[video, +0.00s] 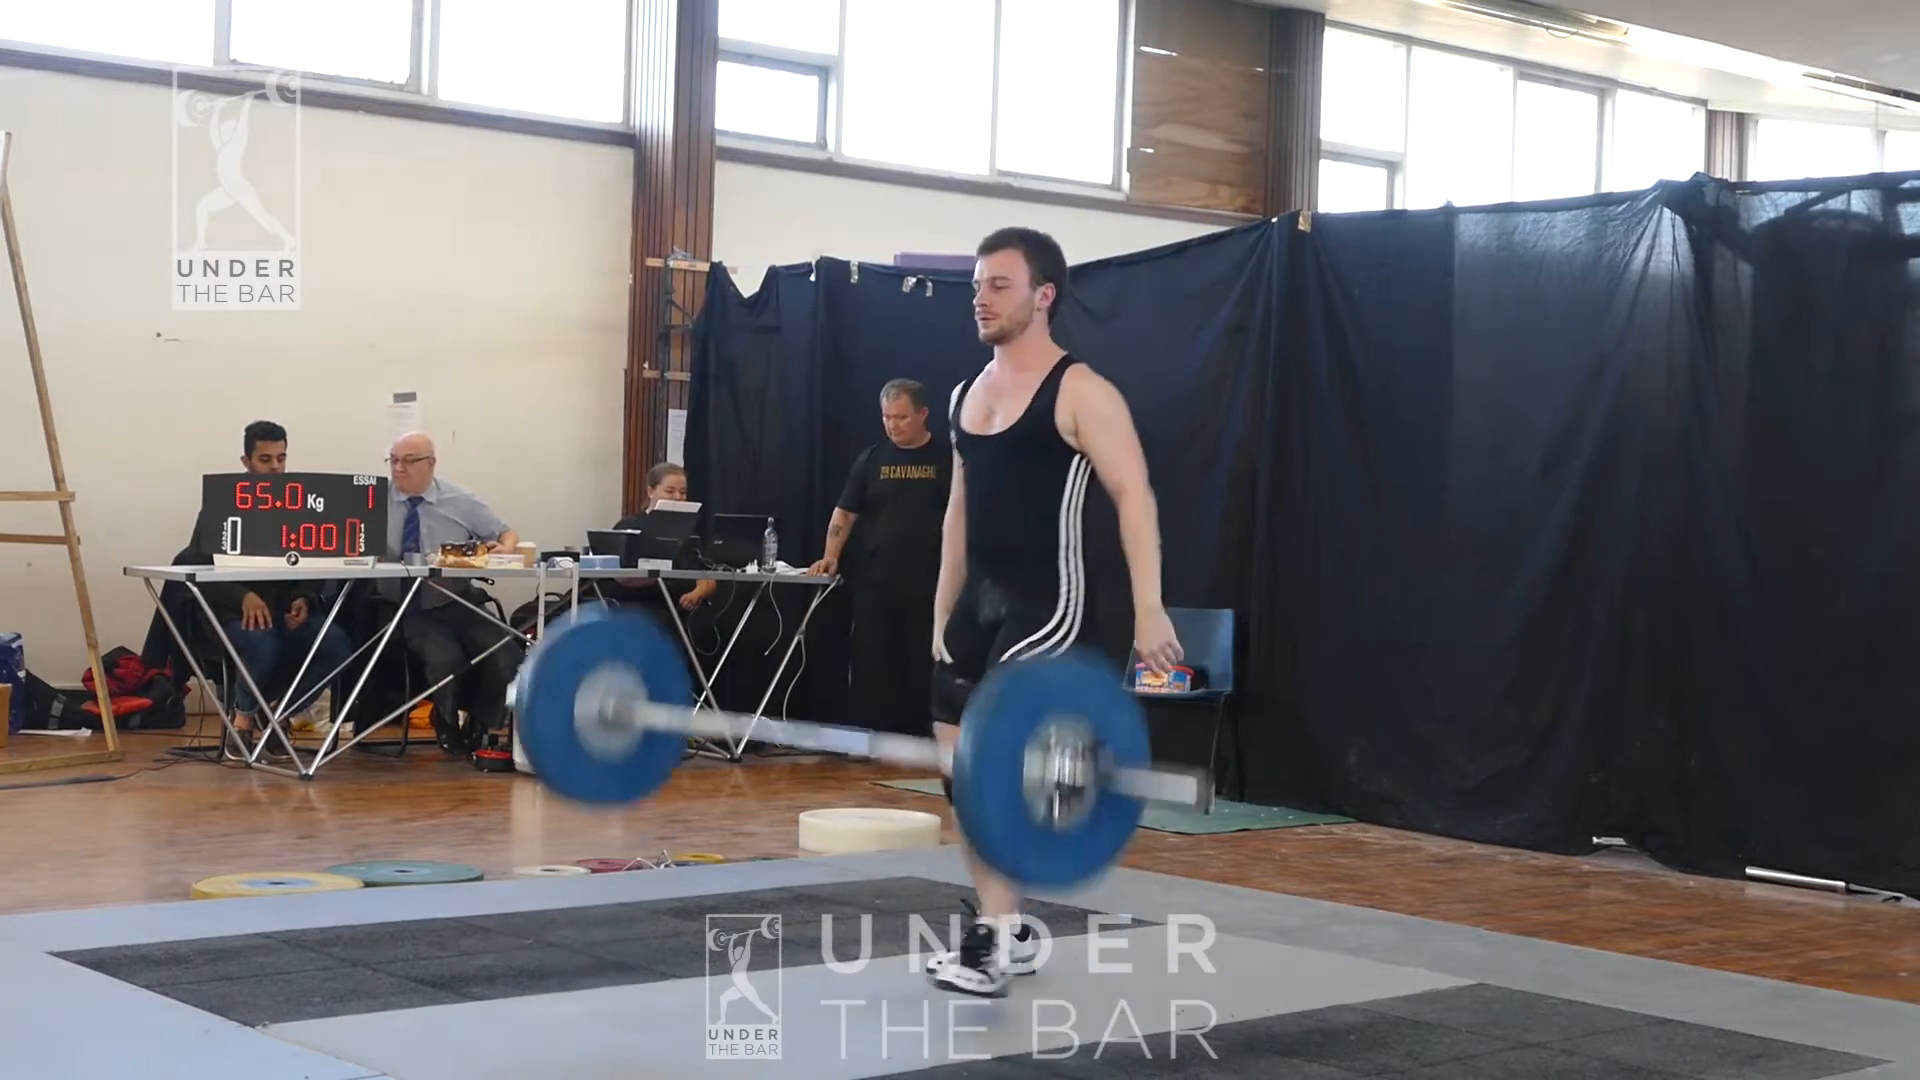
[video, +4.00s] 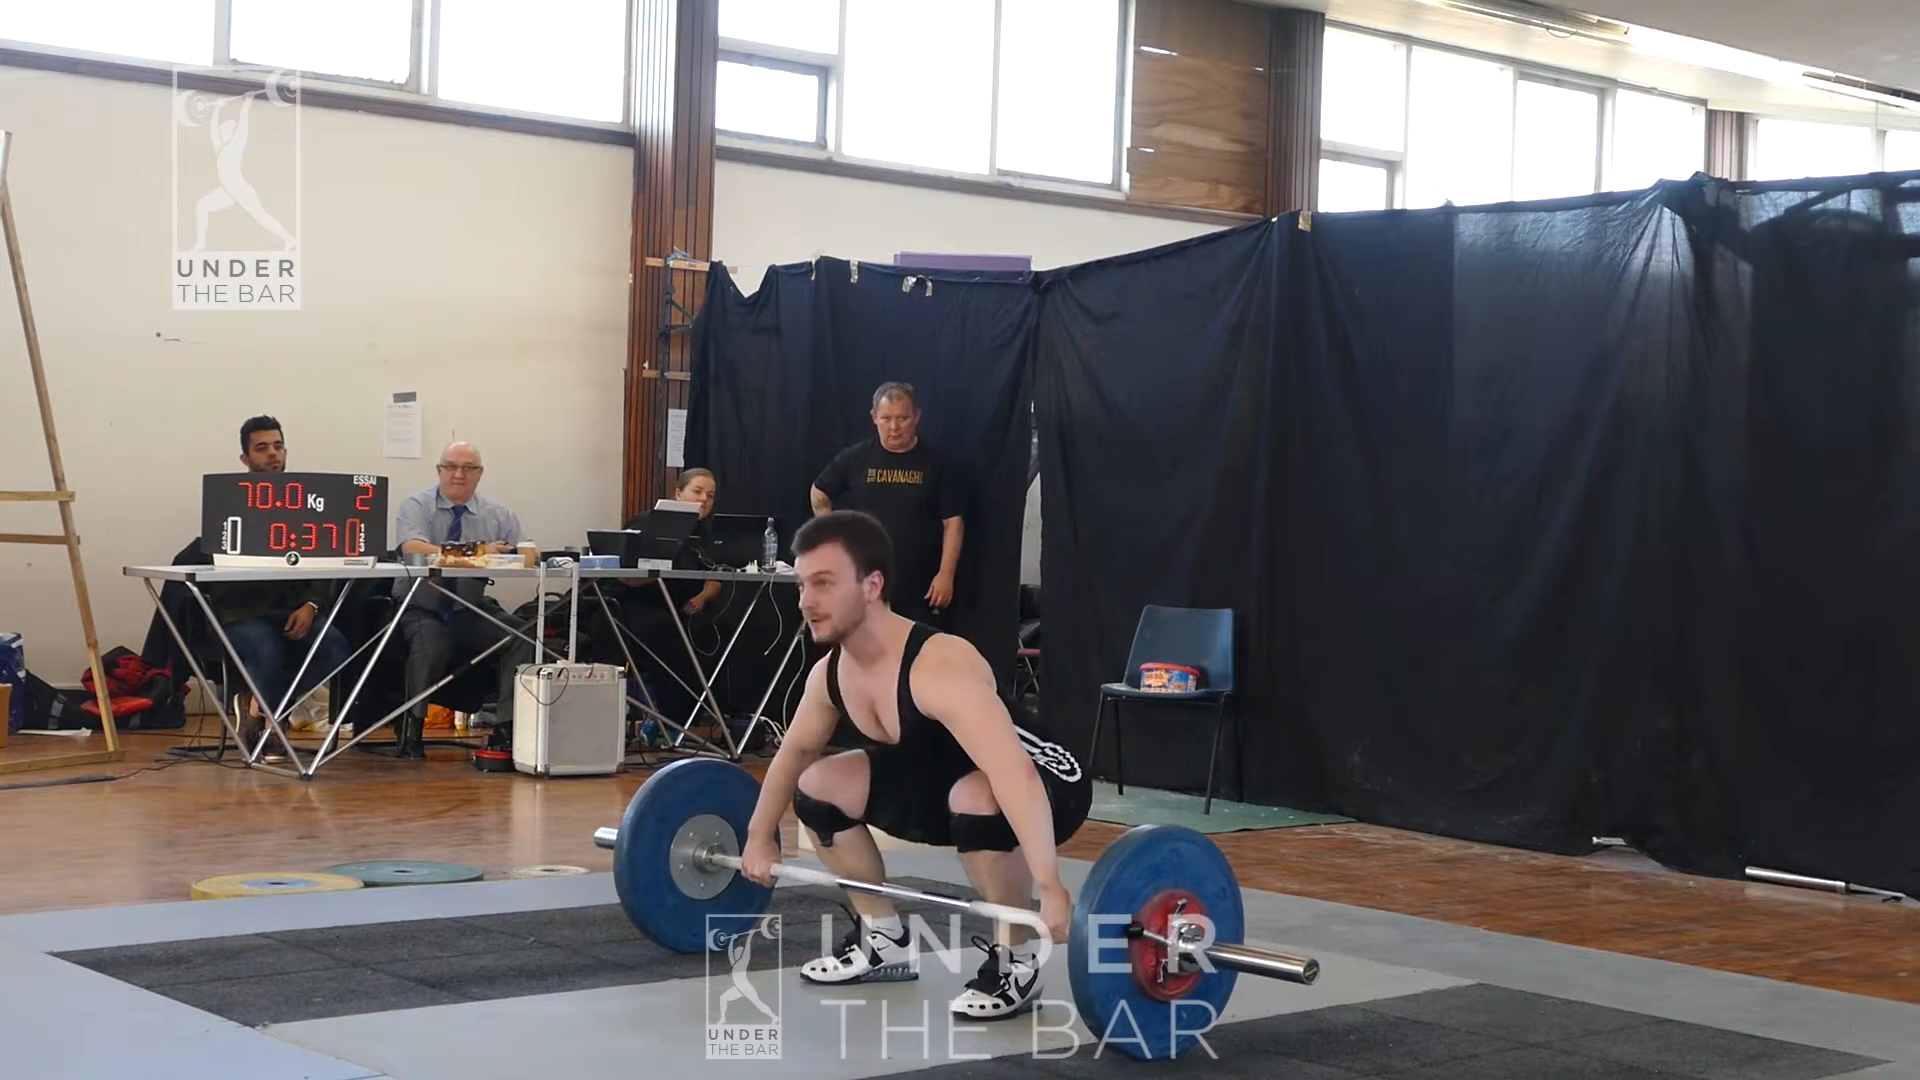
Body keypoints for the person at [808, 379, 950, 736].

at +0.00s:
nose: (892, 425)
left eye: (900, 417)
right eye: (886, 418)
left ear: (923, 415)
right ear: (881, 417)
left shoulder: (949, 459)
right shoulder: (871, 460)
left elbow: (962, 518)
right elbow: (843, 515)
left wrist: (957, 571)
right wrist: (831, 555)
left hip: (929, 579)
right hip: (875, 578)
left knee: (923, 665)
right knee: (873, 666)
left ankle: (923, 747)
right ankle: (873, 746)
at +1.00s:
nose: (887, 428)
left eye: (895, 419)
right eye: (880, 419)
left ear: (907, 419)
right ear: (865, 417)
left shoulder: (926, 463)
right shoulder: (845, 461)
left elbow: (942, 525)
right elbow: (819, 514)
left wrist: (933, 575)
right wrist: (807, 561)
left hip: (908, 590)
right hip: (855, 586)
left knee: (902, 673)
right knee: (852, 671)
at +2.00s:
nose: (882, 430)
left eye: (889, 422)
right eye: (874, 422)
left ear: (904, 420)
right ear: (861, 420)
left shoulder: (922, 465)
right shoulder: (843, 459)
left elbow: (937, 527)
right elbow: (822, 514)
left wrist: (928, 577)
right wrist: (807, 562)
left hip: (902, 586)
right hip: (851, 582)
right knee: (849, 665)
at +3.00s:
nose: (890, 429)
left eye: (898, 421)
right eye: (882, 420)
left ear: (911, 420)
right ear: (869, 419)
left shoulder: (930, 464)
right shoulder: (849, 461)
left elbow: (946, 525)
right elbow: (824, 514)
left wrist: (937, 577)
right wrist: (808, 561)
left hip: (910, 588)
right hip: (857, 584)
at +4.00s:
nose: (894, 427)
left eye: (902, 418)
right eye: (886, 418)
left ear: (916, 417)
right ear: (874, 418)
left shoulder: (936, 463)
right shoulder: (855, 458)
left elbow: (954, 522)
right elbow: (819, 493)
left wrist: (946, 575)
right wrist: (836, 545)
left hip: (918, 582)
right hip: (862, 581)